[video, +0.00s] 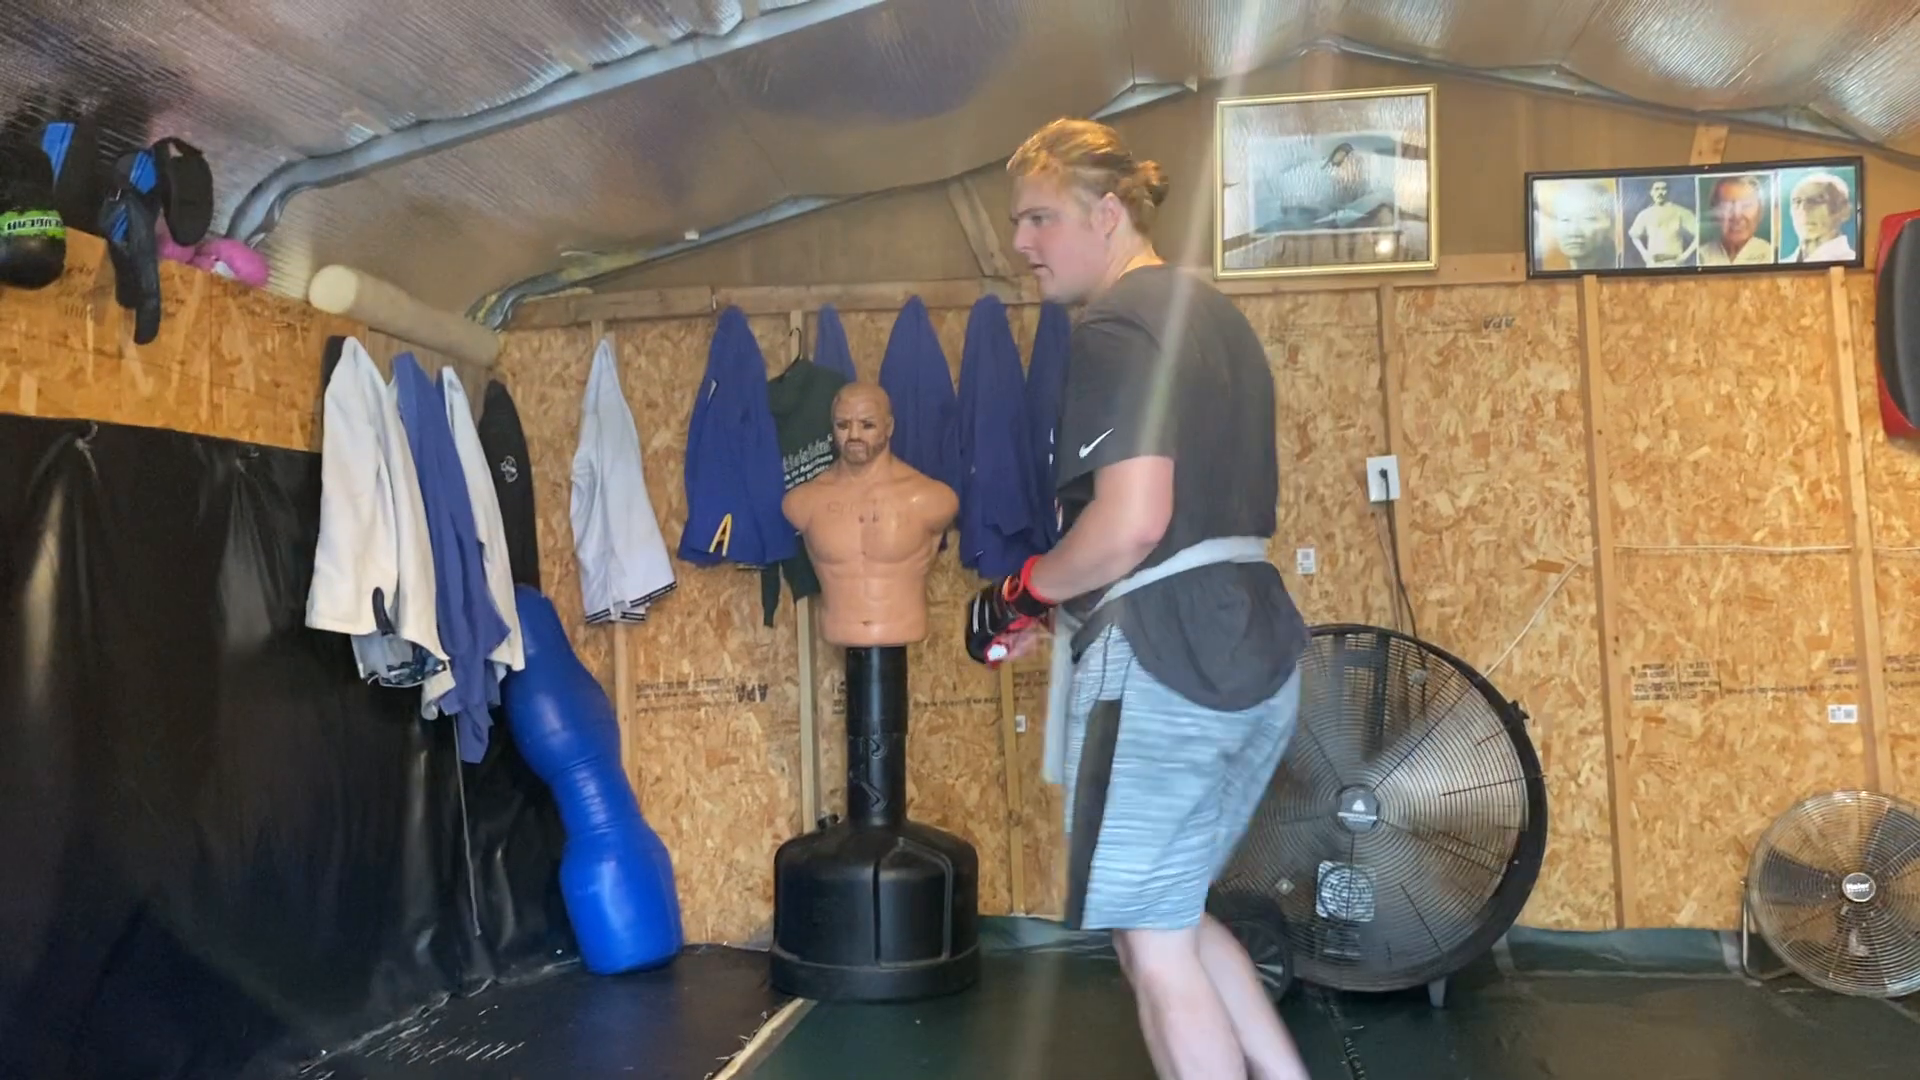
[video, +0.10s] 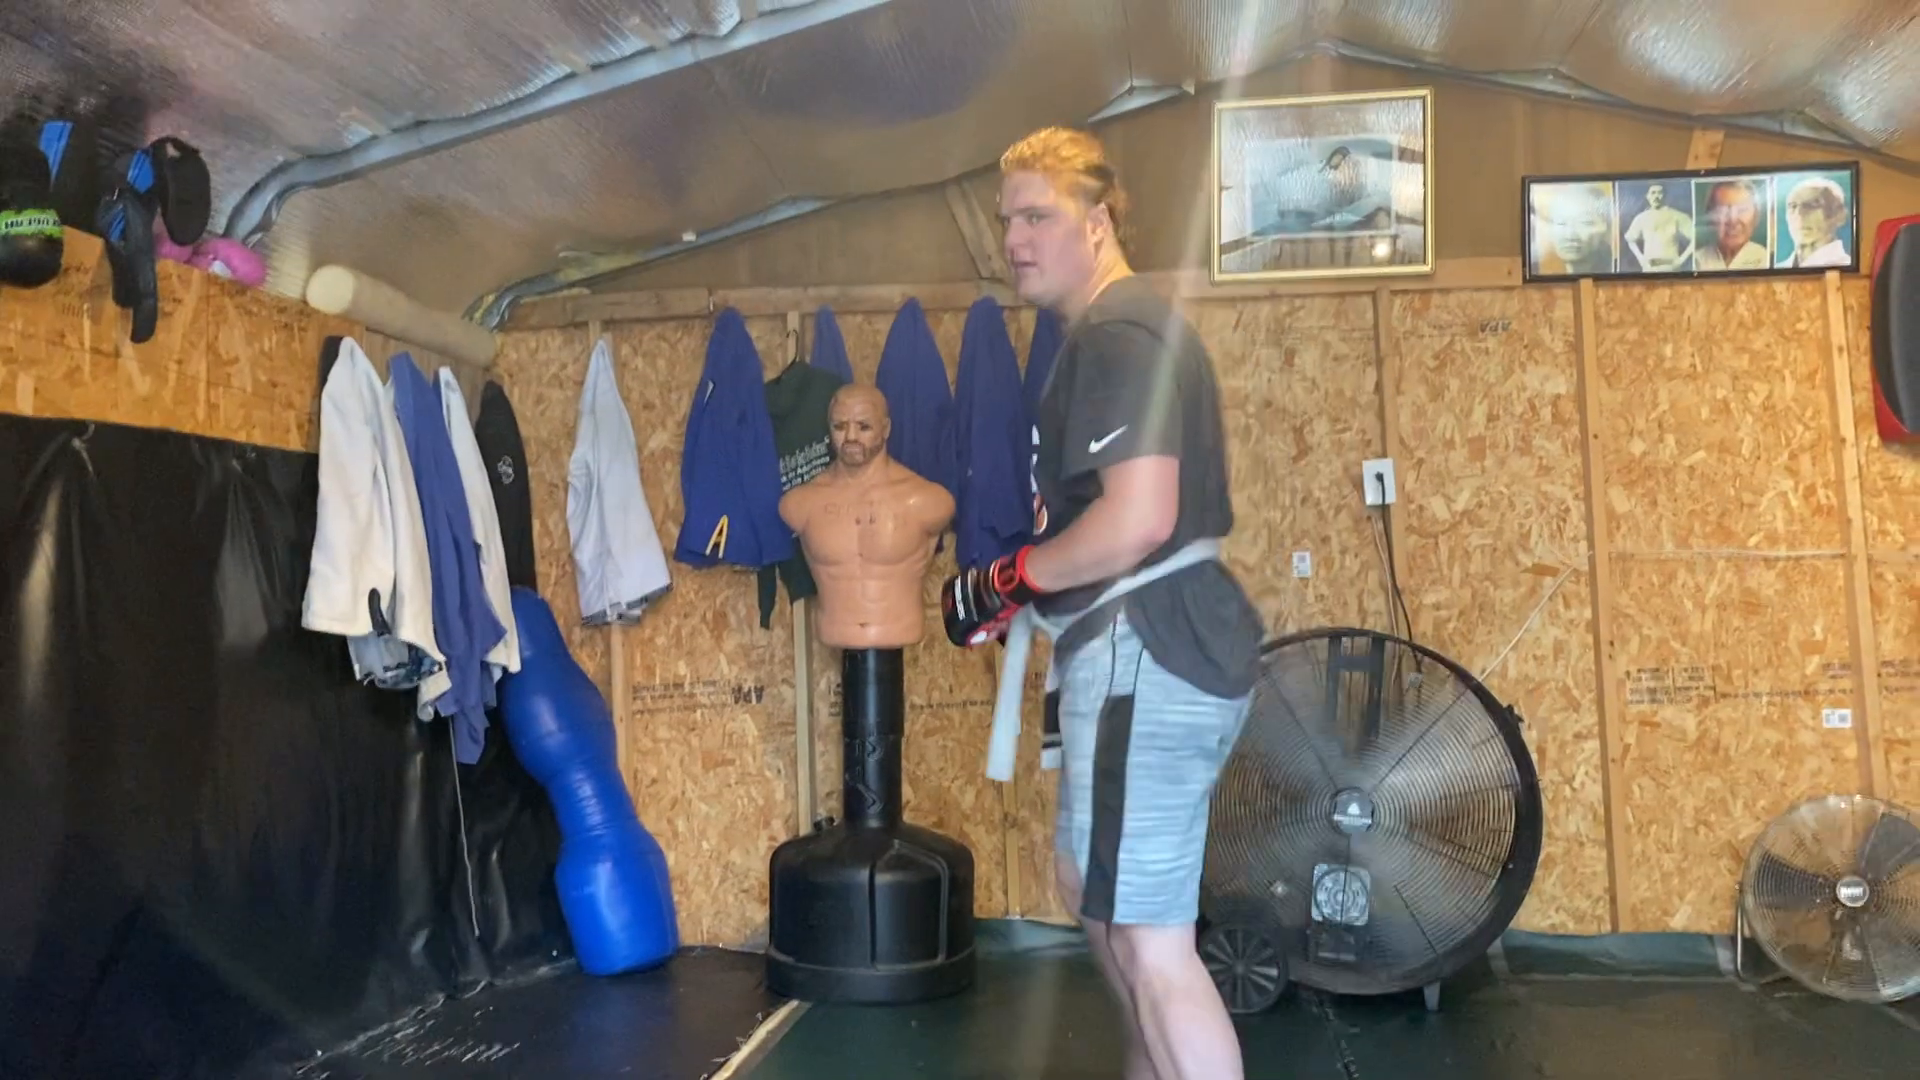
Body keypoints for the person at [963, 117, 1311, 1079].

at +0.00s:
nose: (1023, 243)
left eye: (1040, 219)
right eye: (1019, 222)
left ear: (1108, 213)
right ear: (1110, 218)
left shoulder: (1125, 320)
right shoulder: (1203, 306)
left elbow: (1133, 518)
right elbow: (1178, 510)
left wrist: (1030, 587)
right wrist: (1052, 599)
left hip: (1176, 648)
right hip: (1243, 637)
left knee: (1149, 922)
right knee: (1173, 905)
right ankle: (1283, 1072)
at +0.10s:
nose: (1014, 239)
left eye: (1036, 217)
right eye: (1006, 221)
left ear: (1101, 220)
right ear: (1006, 233)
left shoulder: (1127, 326)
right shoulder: (1085, 337)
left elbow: (1142, 515)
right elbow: (1090, 513)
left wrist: (1010, 579)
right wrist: (1012, 581)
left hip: (1156, 642)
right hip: (1108, 643)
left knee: (1151, 934)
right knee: (1094, 899)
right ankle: (1154, 1066)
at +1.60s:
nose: (896, 256)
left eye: (916, 241)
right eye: (877, 239)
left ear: (941, 260)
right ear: (849, 258)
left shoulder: (988, 374)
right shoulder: (793, 368)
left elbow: (1045, 511)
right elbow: (756, 500)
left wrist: (990, 557)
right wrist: (781, 558)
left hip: (958, 660)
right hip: (827, 657)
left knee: (995, 900)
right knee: (809, 906)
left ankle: (1029, 1075)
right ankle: (775, 1079)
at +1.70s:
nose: (871, 256)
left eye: (890, 240)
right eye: (852, 240)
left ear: (916, 261)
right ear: (821, 261)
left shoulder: (967, 376)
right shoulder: (768, 373)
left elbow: (1026, 513)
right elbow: (730, 510)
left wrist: (973, 562)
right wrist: (758, 567)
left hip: (944, 662)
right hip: (808, 663)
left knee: (986, 904)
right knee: (795, 917)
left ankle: (1027, 1076)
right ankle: (772, 1079)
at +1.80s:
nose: (838, 253)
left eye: (856, 236)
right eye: (818, 237)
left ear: (882, 255)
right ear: (790, 257)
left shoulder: (940, 374)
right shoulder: (738, 372)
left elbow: (996, 508)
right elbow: (695, 512)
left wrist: (951, 563)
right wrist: (732, 569)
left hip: (920, 661)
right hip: (783, 663)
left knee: (973, 908)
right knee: (779, 921)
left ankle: (1021, 1074)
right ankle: (765, 1079)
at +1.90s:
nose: (805, 247)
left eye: (823, 230)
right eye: (784, 230)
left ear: (851, 251)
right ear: (755, 251)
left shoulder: (911, 366)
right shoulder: (703, 373)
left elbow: (968, 498)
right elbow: (663, 514)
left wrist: (934, 557)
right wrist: (699, 566)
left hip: (902, 656)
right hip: (767, 659)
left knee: (962, 907)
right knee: (772, 923)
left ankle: (1017, 1074)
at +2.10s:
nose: (754, 234)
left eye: (770, 217)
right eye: (732, 219)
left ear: (801, 236)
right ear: (703, 239)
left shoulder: (867, 347)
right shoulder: (654, 371)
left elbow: (928, 474)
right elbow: (615, 515)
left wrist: (905, 546)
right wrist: (654, 576)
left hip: (876, 647)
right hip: (740, 656)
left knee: (945, 893)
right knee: (758, 922)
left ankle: (986, 1074)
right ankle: (756, 1079)